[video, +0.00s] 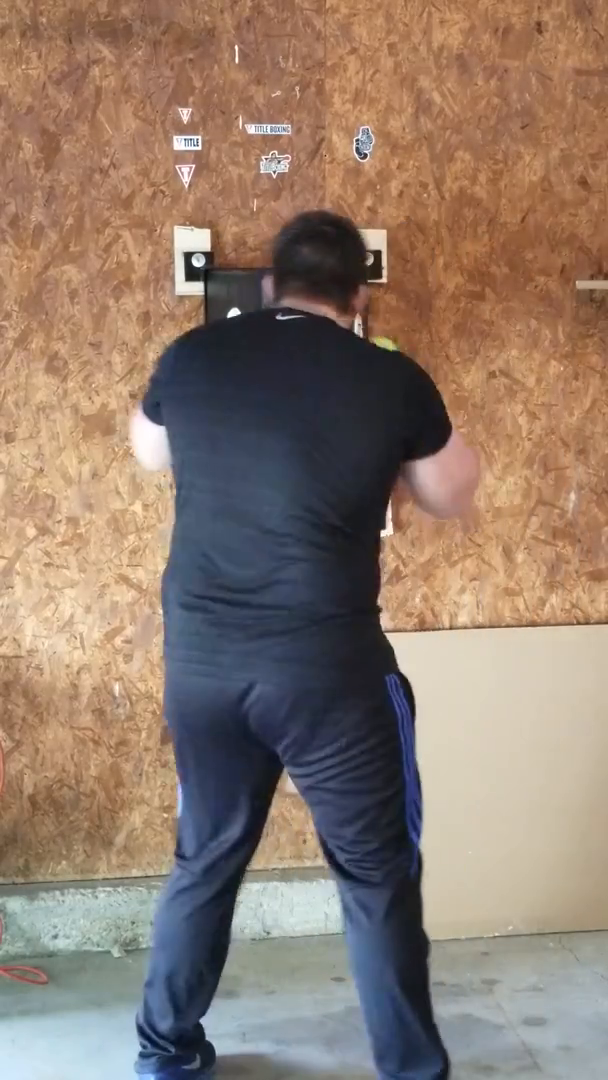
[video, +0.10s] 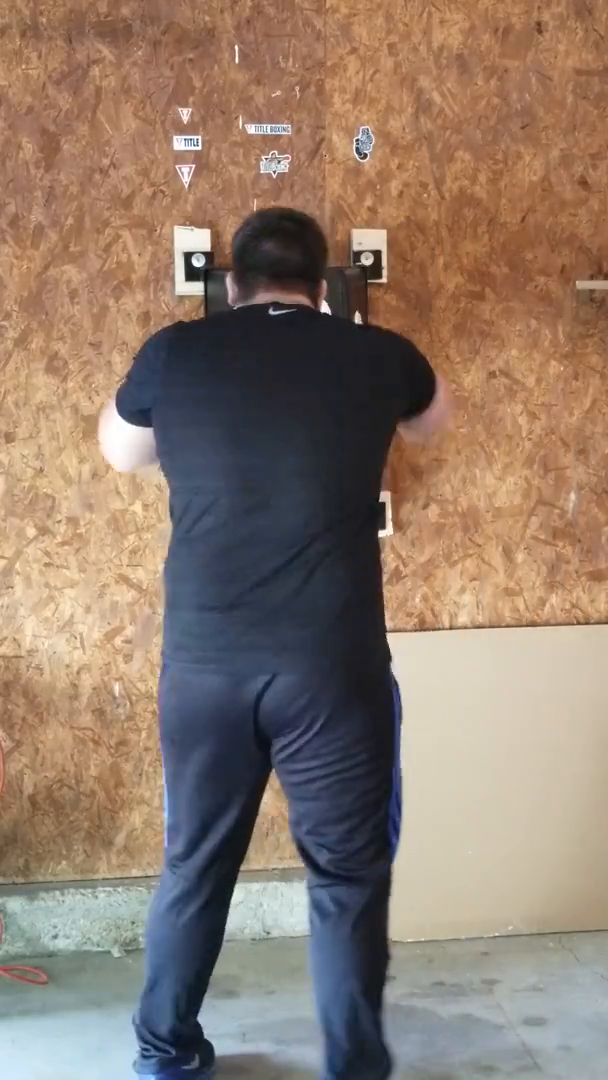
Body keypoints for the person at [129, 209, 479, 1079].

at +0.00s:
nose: (360, 309)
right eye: (361, 296)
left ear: (267, 285)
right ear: (358, 298)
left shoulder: (192, 355)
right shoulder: (389, 378)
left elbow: (150, 452)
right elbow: (450, 496)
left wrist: (245, 427)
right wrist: (375, 461)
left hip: (199, 668)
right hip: (324, 668)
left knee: (203, 858)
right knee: (375, 873)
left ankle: (165, 1051)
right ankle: (412, 1065)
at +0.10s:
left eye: (242, 280)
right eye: (308, 282)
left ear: (230, 284)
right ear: (321, 286)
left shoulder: (173, 352)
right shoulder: (377, 355)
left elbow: (121, 448)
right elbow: (433, 419)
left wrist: (209, 419)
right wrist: (348, 341)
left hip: (201, 659)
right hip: (326, 659)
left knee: (192, 862)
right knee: (346, 874)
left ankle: (164, 1052)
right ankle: (355, 1065)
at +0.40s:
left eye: (243, 296)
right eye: (321, 295)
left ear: (238, 300)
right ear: (331, 300)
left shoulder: (178, 374)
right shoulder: (387, 376)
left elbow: (124, 502)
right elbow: (433, 487)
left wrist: (210, 461)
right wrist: (345, 459)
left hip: (208, 671)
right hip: (334, 675)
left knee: (193, 863)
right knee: (324, 899)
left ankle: (164, 1052)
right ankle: (327, 1070)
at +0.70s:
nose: (340, 296)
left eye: (336, 282)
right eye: (339, 283)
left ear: (238, 279)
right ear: (323, 291)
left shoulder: (176, 349)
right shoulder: (324, 380)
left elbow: (224, 459)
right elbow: (396, 503)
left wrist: (343, 487)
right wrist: (376, 423)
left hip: (154, 672)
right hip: (268, 681)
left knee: (173, 845)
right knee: (329, 890)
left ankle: (108, 1042)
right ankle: (326, 1069)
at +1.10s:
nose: (218, 288)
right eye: (219, 278)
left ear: (127, 287)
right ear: (214, 281)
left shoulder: (73, 356)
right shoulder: (268, 342)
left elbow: (30, 469)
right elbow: (371, 373)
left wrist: (107, 423)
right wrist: (285, 345)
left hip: (113, 653)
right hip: (234, 650)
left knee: (110, 865)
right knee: (217, 878)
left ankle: (101, 1054)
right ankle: (203, 1065)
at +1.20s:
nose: (234, 296)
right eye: (235, 286)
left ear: (140, 291)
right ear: (225, 291)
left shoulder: (73, 361)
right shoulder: (270, 361)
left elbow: (43, 482)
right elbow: (382, 438)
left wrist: (127, 438)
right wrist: (293, 396)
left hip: (107, 658)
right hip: (227, 657)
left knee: (114, 856)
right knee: (212, 884)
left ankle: (99, 1053)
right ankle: (206, 1066)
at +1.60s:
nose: (275, 340)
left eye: (276, 325)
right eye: (277, 325)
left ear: (193, 304)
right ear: (260, 322)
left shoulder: (116, 360)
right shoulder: (221, 398)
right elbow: (299, 525)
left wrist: (251, 409)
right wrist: (302, 418)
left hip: (75, 657)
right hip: (165, 672)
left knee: (121, 816)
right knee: (229, 878)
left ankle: (67, 1005)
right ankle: (201, 1064)